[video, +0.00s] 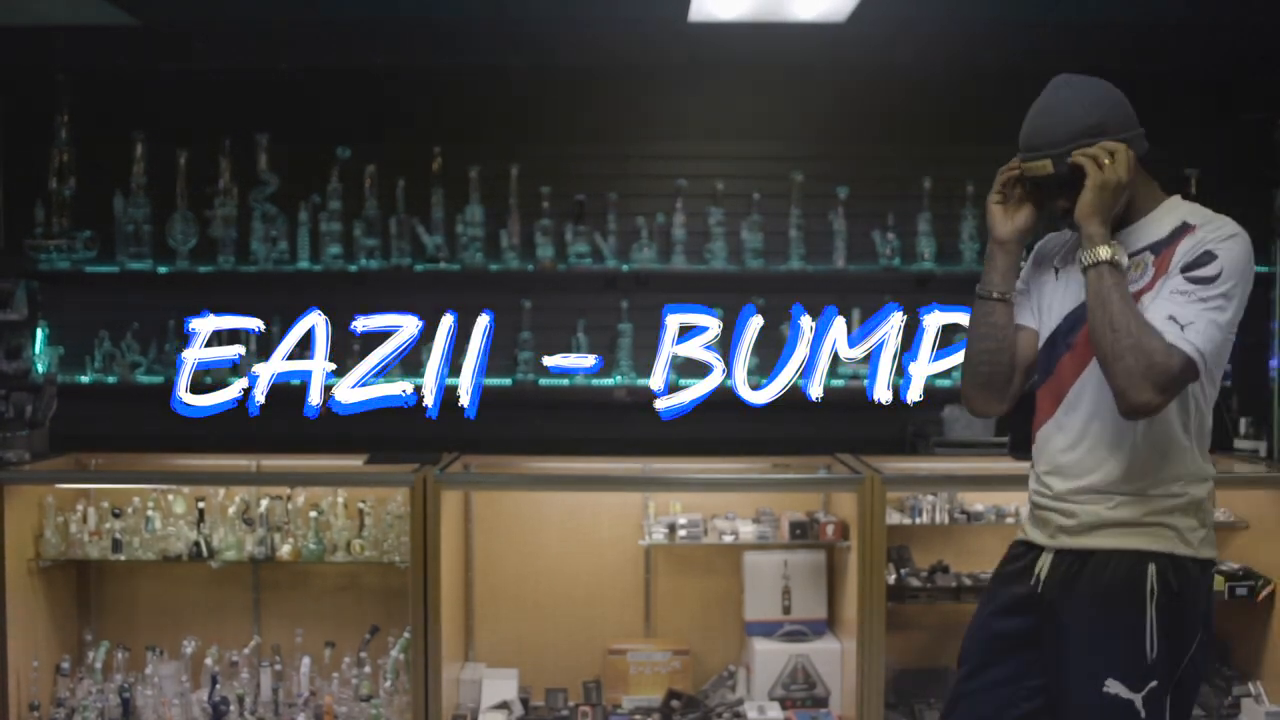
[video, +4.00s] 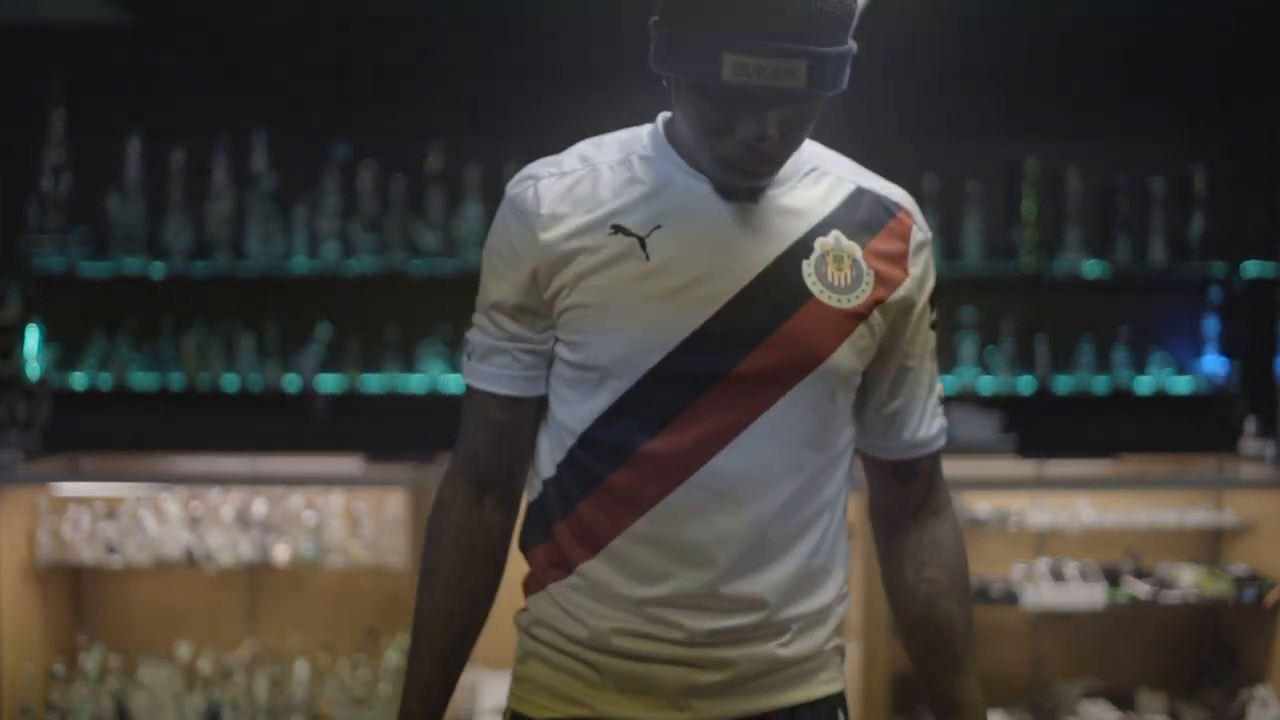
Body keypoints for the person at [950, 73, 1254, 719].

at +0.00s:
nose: (1062, 190)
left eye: (1072, 170)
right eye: (1049, 176)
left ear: (1123, 157)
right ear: (1040, 184)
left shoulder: (1214, 244)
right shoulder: (1052, 253)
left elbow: (1141, 387)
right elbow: (986, 397)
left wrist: (1095, 234)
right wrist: (1002, 247)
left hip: (1148, 555)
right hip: (1041, 547)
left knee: (1119, 707)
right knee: (977, 706)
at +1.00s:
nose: (675, 210)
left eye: (686, 188)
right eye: (666, 192)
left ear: (743, 156)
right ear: (660, 178)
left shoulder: (845, 240)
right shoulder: (676, 244)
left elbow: (759, 390)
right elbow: (570, 384)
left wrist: (739, 208)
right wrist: (620, 222)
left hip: (764, 583)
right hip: (665, 576)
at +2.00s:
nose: (520, 180)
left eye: (546, 149)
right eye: (500, 155)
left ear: (610, 117)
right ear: (477, 139)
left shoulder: (712, 213)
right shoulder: (465, 214)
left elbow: (699, 323)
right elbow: (263, 269)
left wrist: (655, 126)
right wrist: (431, 131)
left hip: (617, 670)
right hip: (444, 657)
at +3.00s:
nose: (305, 106)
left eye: (335, 72)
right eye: (272, 75)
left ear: (377, 57)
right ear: (222, 69)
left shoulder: (492, 197)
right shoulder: (154, 260)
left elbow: (575, 449)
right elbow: (146, 552)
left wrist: (669, 676)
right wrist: (130, 718)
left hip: (508, 678)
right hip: (296, 691)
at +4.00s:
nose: (760, 137)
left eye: (793, 106)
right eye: (728, 102)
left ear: (829, 84)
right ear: (669, 66)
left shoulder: (884, 228)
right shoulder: (549, 210)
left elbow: (915, 504)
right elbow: (481, 486)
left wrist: (961, 704)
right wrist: (419, 707)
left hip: (789, 688)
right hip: (581, 686)